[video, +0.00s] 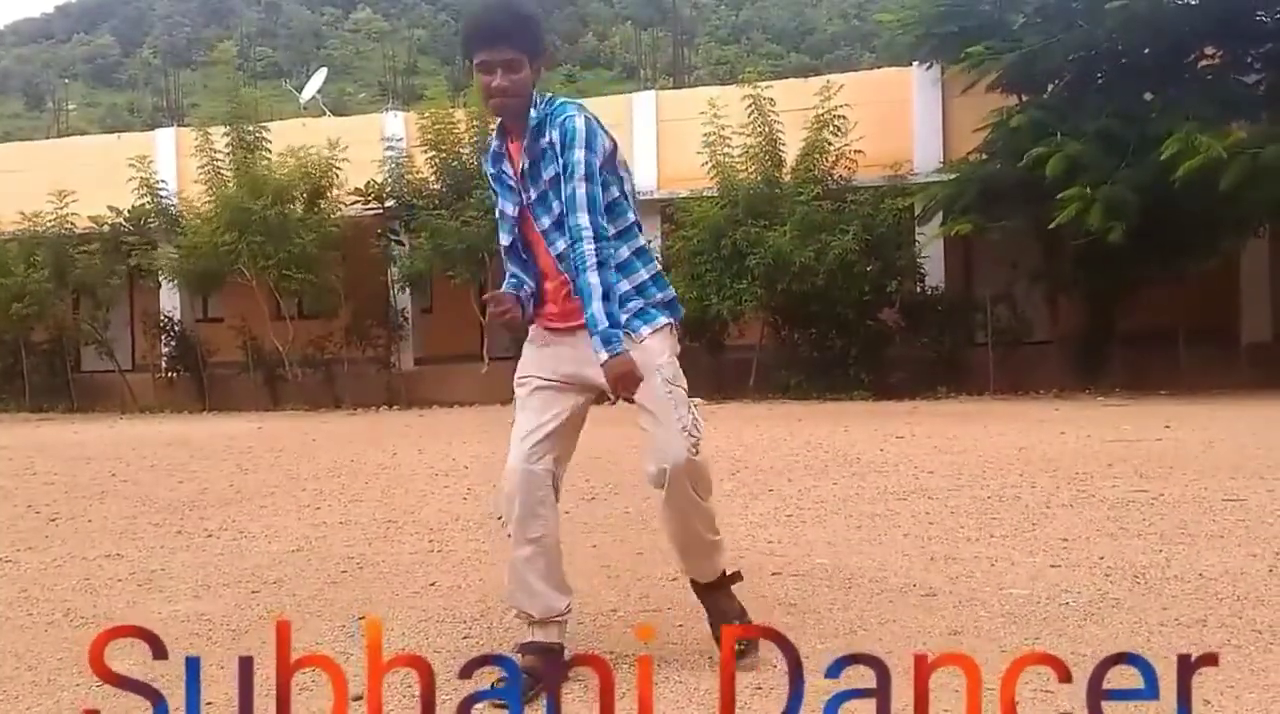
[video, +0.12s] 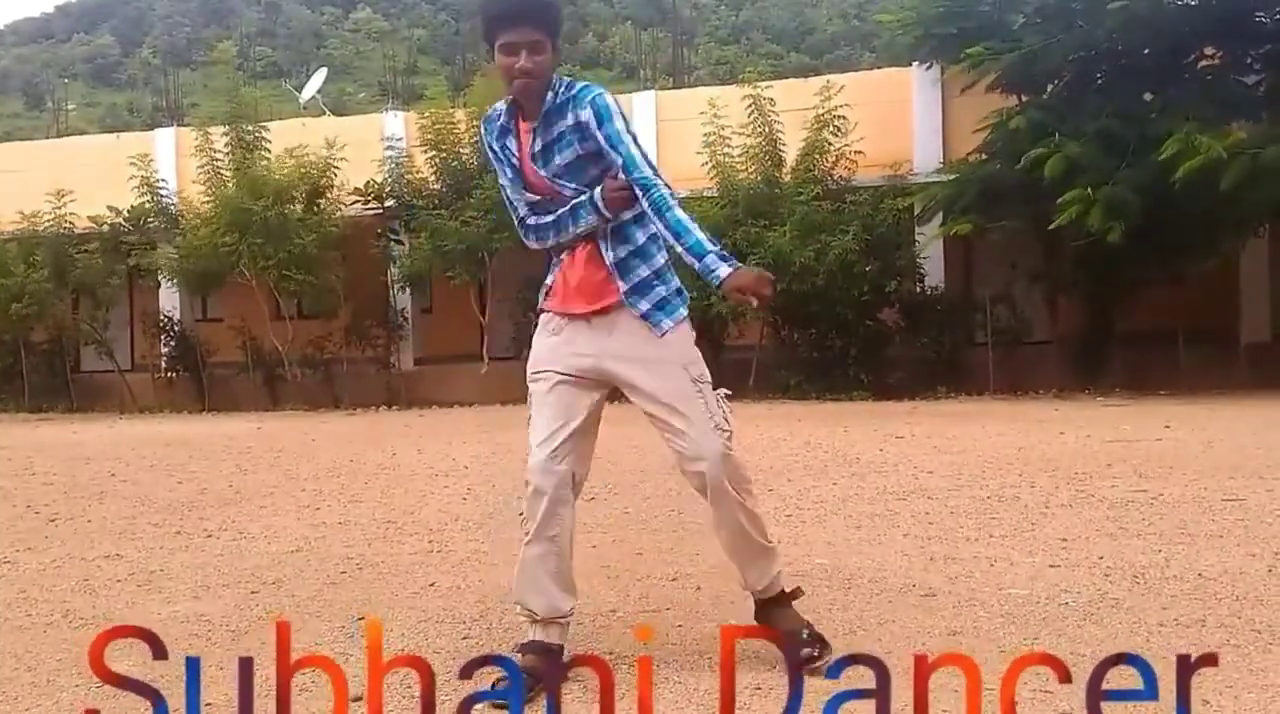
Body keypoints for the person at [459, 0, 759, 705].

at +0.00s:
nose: (497, 81)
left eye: (510, 67)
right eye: (485, 69)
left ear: (538, 69)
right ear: (474, 75)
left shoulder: (572, 126)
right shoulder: (495, 157)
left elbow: (588, 233)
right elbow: (517, 242)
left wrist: (611, 341)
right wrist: (517, 294)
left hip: (632, 317)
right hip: (552, 328)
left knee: (678, 458)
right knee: (526, 472)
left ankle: (711, 582)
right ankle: (545, 637)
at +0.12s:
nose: (523, 62)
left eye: (535, 49)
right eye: (510, 50)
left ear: (554, 52)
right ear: (492, 58)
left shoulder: (588, 106)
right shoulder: (494, 133)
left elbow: (650, 191)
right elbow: (533, 230)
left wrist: (721, 267)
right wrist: (596, 207)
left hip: (646, 310)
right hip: (565, 318)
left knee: (712, 460)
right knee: (548, 473)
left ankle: (772, 601)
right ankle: (547, 640)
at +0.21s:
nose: (555, 49)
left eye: (567, 36)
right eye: (542, 36)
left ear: (587, 39)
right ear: (525, 43)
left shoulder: (624, 94)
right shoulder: (514, 121)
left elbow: (697, 163)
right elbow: (543, 222)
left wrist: (782, 218)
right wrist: (627, 183)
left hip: (654, 313)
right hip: (570, 321)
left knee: (725, 467)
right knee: (547, 478)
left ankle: (790, 609)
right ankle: (546, 644)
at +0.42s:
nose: (643, 44)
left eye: (655, 31)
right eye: (630, 34)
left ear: (675, 40)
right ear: (613, 46)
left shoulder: (706, 125)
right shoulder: (592, 114)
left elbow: (781, 173)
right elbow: (589, 205)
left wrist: (874, 193)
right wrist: (693, 179)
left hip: (695, 318)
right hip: (610, 324)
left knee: (749, 480)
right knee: (579, 487)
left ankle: (788, 625)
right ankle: (546, 644)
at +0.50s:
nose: (676, 51)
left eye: (686, 37)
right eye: (662, 42)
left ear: (706, 45)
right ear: (646, 55)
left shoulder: (733, 138)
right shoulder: (616, 119)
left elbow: (789, 212)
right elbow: (591, 209)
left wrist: (866, 228)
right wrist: (692, 226)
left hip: (716, 323)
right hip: (632, 325)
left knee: (769, 483)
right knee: (593, 488)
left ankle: (785, 627)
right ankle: (546, 643)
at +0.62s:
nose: (717, 57)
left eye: (726, 43)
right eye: (703, 49)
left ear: (747, 49)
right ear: (687, 63)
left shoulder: (778, 148)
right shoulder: (658, 132)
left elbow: (788, 235)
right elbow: (616, 221)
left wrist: (770, 266)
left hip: (742, 337)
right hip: (655, 332)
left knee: (785, 488)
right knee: (604, 481)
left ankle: (782, 624)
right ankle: (554, 631)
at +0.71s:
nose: (727, 54)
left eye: (737, 41)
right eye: (713, 48)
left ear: (759, 48)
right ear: (699, 64)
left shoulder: (791, 141)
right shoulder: (674, 135)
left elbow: (776, 241)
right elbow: (622, 225)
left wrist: (687, 247)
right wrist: (550, 308)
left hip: (745, 328)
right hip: (659, 322)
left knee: (782, 485)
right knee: (605, 461)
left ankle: (782, 624)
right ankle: (593, 616)